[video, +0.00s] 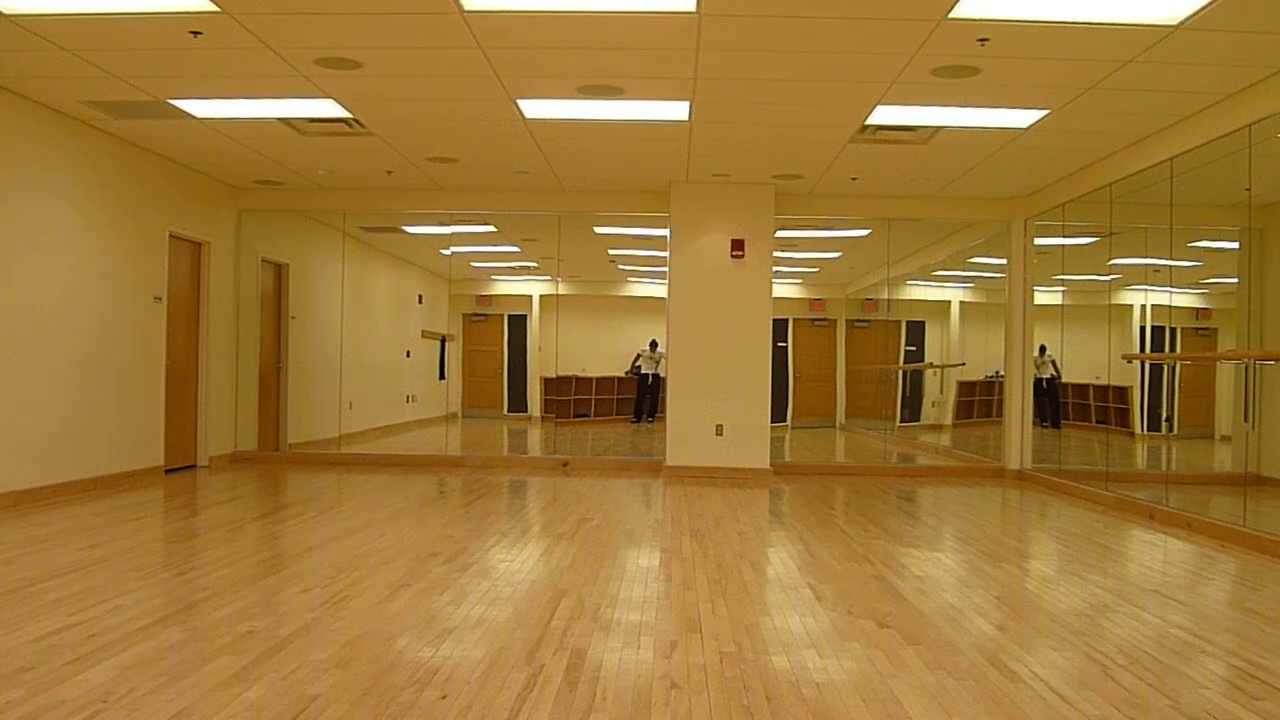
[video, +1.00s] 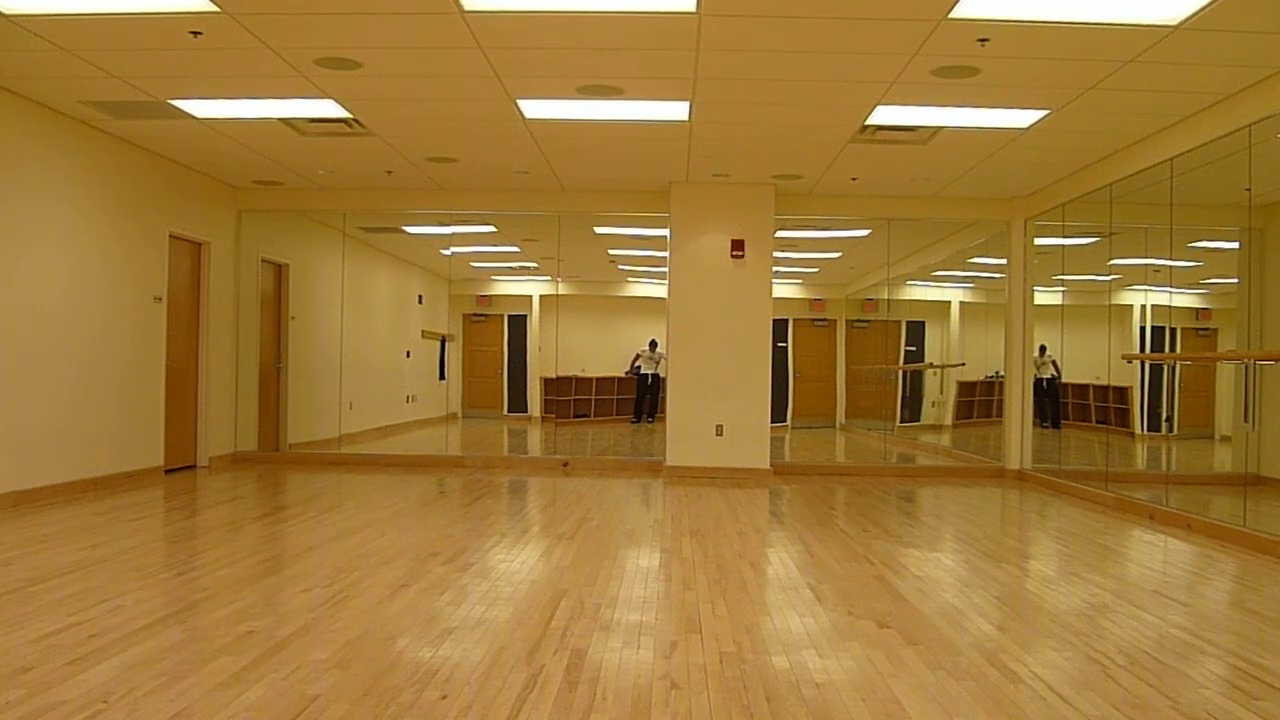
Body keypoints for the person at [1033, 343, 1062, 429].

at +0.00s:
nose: (1042, 353)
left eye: (1043, 351)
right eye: (1041, 351)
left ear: (1045, 351)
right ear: (1039, 351)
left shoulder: (1050, 358)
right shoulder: (1035, 359)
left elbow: (1056, 367)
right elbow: (1033, 369)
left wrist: (1059, 376)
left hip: (1050, 378)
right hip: (1039, 379)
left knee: (1054, 400)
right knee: (1041, 401)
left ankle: (1055, 421)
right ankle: (1043, 420)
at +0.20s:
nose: (1041, 353)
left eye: (1043, 351)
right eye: (1040, 351)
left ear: (1046, 351)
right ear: (1039, 351)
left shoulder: (1050, 358)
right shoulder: (1035, 359)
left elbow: (1056, 368)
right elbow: (1034, 369)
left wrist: (1059, 376)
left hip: (1050, 378)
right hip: (1040, 378)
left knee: (1054, 400)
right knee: (1041, 400)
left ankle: (1055, 421)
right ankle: (1043, 420)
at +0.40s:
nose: (1042, 353)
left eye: (1043, 351)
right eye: (1041, 351)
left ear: (1046, 351)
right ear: (1039, 351)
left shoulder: (1050, 358)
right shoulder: (1035, 359)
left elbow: (1057, 368)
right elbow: (1035, 369)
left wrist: (1059, 376)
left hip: (1050, 378)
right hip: (1040, 378)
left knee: (1054, 400)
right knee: (1040, 400)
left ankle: (1055, 421)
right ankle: (1043, 420)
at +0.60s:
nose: (1042, 353)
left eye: (1043, 351)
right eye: (1041, 351)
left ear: (1046, 351)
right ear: (1039, 351)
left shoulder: (1050, 358)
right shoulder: (1035, 359)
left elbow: (1056, 367)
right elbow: (1034, 368)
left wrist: (1059, 376)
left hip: (1050, 378)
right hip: (1039, 378)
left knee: (1054, 400)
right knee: (1040, 400)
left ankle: (1055, 421)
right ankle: (1043, 420)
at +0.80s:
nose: (1042, 353)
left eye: (1043, 351)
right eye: (1041, 350)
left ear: (1045, 351)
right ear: (1039, 351)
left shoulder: (1050, 358)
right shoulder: (1035, 359)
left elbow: (1056, 368)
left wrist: (1059, 376)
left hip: (1050, 378)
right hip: (1039, 378)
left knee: (1054, 400)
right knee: (1040, 401)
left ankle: (1055, 421)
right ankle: (1043, 421)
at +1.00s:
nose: (1042, 353)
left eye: (1043, 351)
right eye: (1041, 350)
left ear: (1045, 351)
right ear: (1039, 351)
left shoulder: (1050, 358)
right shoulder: (1035, 359)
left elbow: (1056, 367)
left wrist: (1059, 376)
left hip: (1050, 378)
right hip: (1039, 378)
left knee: (1054, 400)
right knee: (1040, 401)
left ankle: (1055, 421)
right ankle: (1043, 421)